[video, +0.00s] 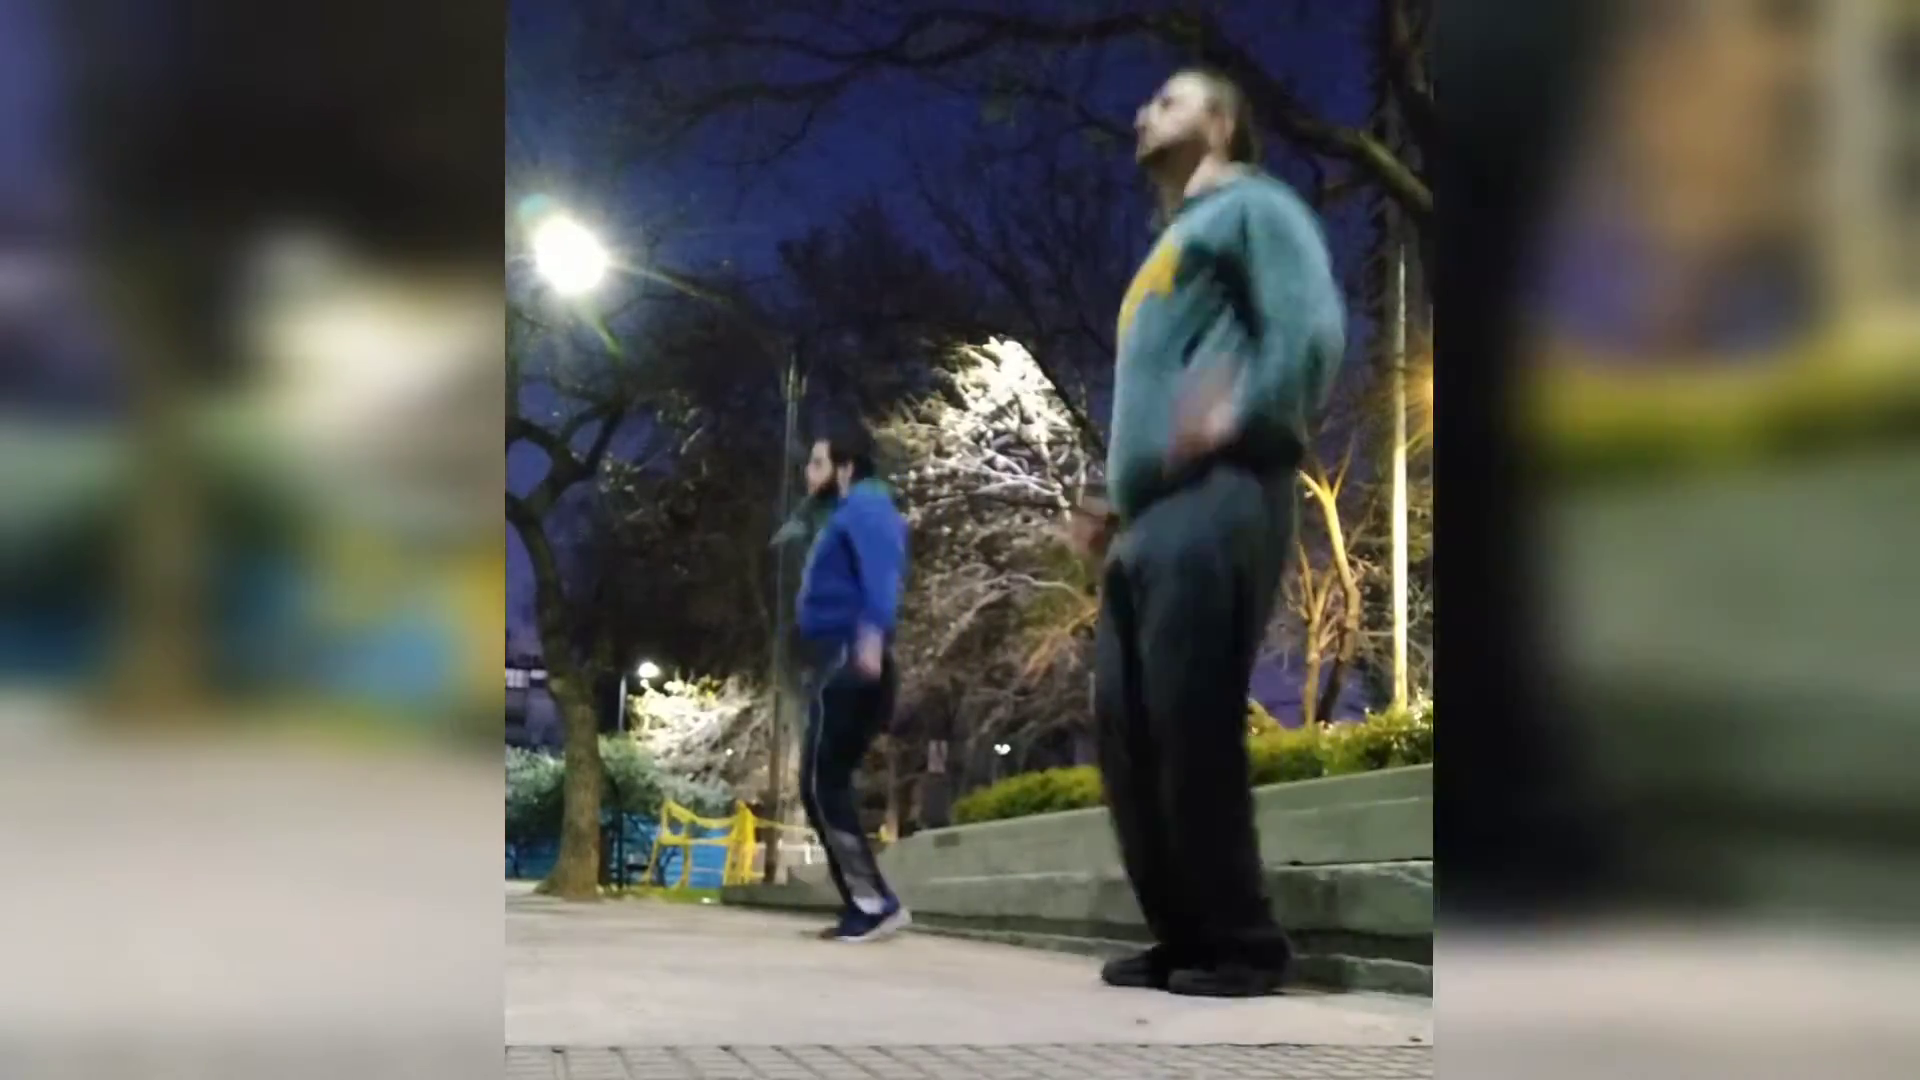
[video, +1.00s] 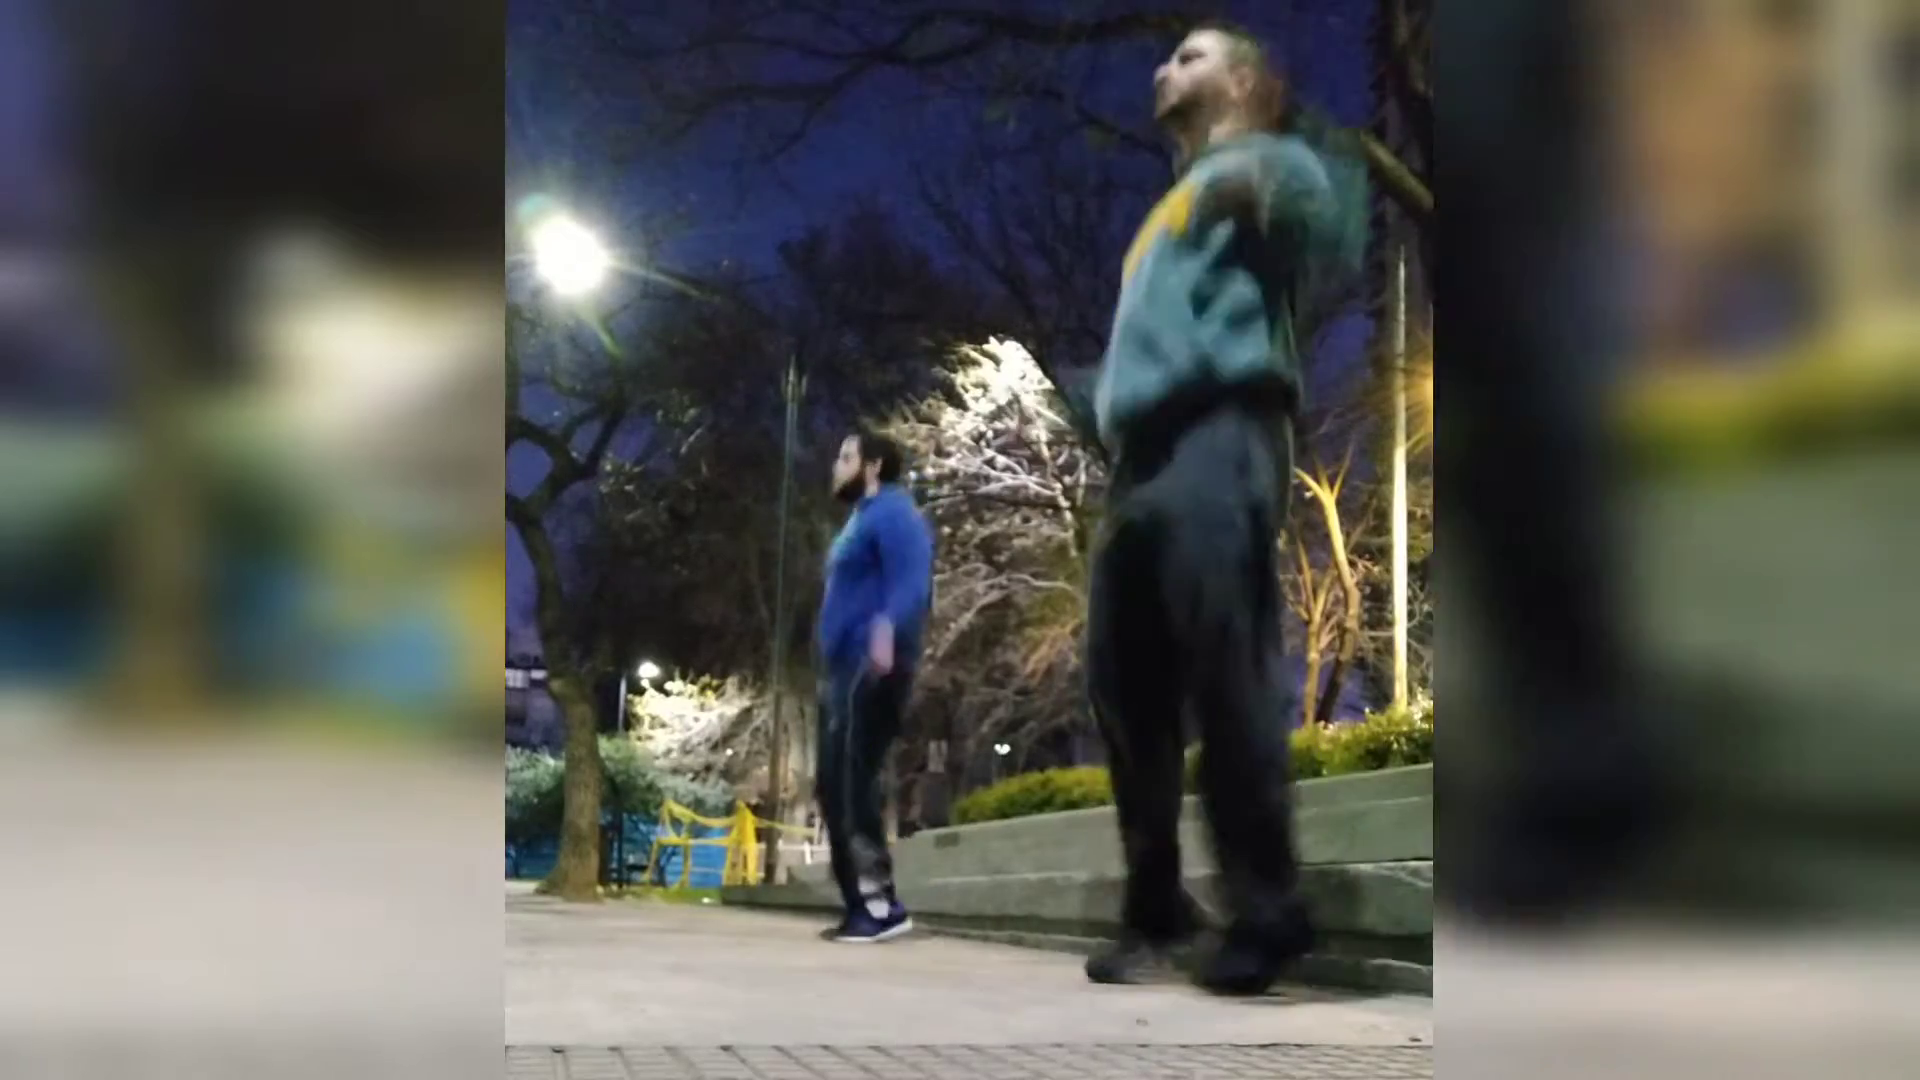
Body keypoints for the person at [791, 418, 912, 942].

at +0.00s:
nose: (809, 469)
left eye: (817, 460)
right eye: (810, 460)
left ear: (845, 465)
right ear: (842, 466)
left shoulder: (866, 504)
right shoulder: (843, 510)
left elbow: (880, 570)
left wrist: (871, 633)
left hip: (854, 654)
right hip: (833, 654)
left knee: (823, 779)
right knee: (820, 782)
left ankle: (872, 900)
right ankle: (861, 901)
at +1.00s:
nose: (837, 467)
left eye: (846, 458)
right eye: (839, 458)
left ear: (873, 466)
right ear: (869, 468)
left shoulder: (892, 510)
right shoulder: (864, 516)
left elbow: (910, 576)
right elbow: (863, 590)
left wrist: (885, 625)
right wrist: (835, 654)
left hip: (872, 662)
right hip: (843, 664)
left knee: (850, 777)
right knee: (834, 781)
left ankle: (879, 903)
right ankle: (859, 903)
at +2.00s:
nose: (867, 447)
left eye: (877, 438)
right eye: (869, 438)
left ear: (905, 449)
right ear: (893, 451)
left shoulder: (915, 484)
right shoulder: (878, 499)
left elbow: (925, 506)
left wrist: (940, 485)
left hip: (892, 626)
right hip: (863, 630)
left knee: (883, 755)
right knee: (865, 764)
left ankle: (918, 882)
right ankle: (882, 893)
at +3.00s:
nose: (869, 452)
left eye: (879, 443)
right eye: (870, 444)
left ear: (906, 452)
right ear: (891, 457)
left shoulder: (920, 497)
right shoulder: (882, 504)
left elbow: (933, 442)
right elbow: (862, 482)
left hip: (895, 633)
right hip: (861, 634)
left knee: (892, 752)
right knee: (863, 763)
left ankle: (925, 878)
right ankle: (875, 883)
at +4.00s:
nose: (874, 477)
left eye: (882, 469)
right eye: (875, 468)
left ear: (907, 474)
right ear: (890, 476)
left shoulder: (932, 517)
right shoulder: (882, 527)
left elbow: (940, 451)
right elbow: (871, 501)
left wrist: (928, 395)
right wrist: (885, 471)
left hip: (912, 661)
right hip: (871, 665)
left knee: (903, 782)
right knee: (864, 791)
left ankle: (955, 904)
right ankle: (883, 902)